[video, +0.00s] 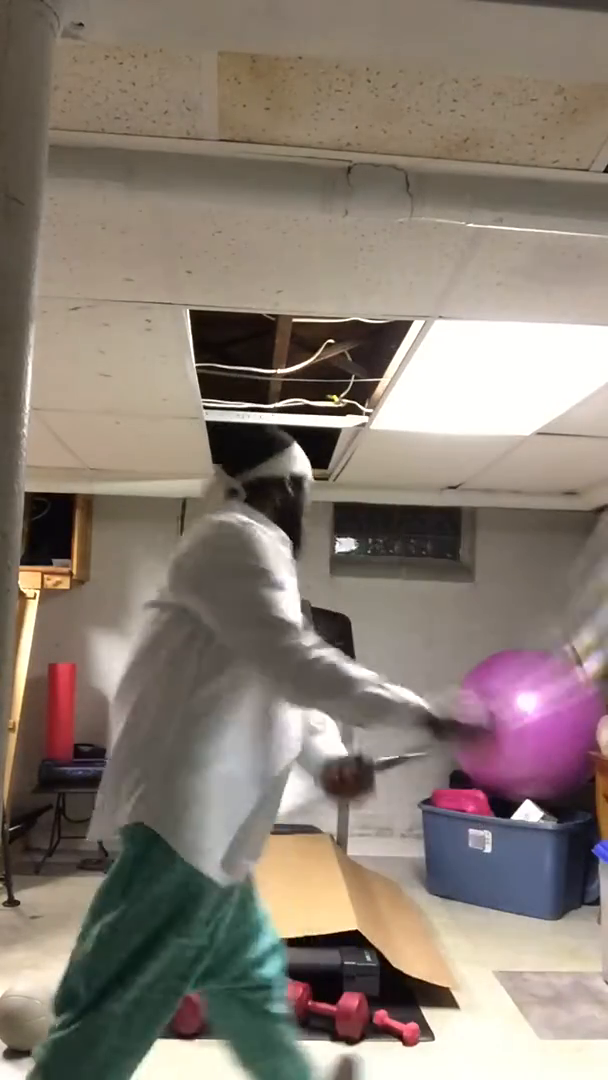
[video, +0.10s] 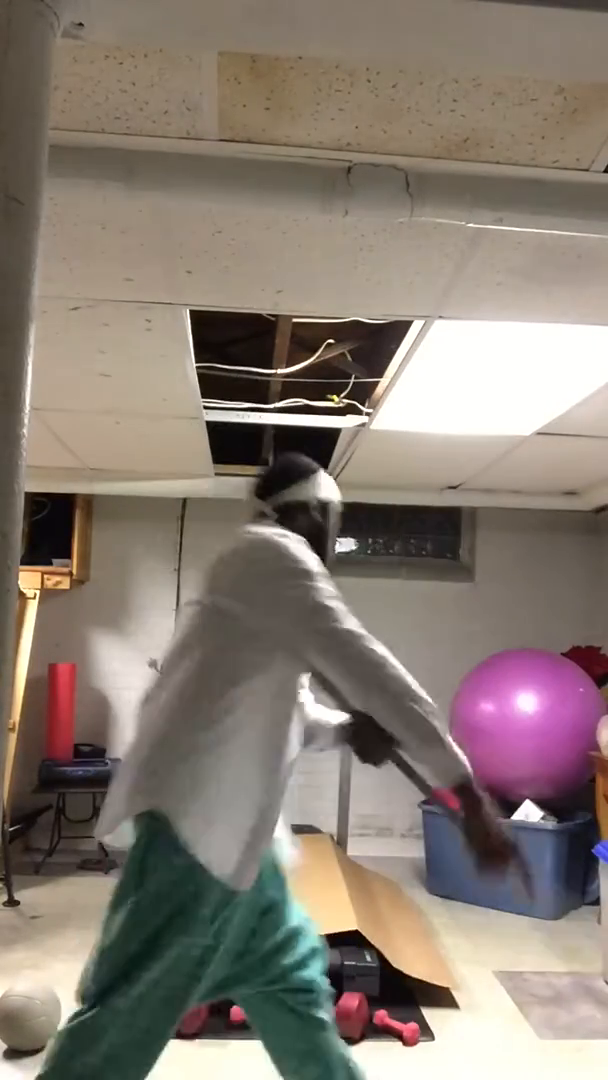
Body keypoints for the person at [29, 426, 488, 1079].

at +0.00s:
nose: (305, 505)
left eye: (305, 490)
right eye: (297, 488)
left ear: (251, 488)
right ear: (267, 486)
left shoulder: (258, 554)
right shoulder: (234, 539)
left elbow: (282, 690)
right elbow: (293, 658)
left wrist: (329, 759)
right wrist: (425, 716)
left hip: (216, 812)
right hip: (181, 805)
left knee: (248, 980)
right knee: (113, 1005)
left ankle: (295, 1075)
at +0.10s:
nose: (335, 535)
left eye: (336, 520)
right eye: (331, 517)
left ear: (276, 509)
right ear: (305, 510)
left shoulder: (261, 569)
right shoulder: (271, 554)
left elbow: (270, 717)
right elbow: (363, 665)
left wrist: (349, 731)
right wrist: (468, 792)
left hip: (228, 813)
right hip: (196, 805)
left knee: (288, 980)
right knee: (132, 1006)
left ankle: (331, 1073)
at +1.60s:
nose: (435, 496)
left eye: (448, 488)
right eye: (424, 486)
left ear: (466, 500)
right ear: (409, 498)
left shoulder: (479, 559)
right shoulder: (392, 564)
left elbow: (534, 610)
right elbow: (364, 662)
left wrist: (528, 625)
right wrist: (333, 739)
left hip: (453, 738)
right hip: (402, 736)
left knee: (452, 896)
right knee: (419, 892)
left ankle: (478, 1064)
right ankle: (462, 1043)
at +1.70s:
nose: (445, 499)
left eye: (456, 491)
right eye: (433, 489)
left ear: (468, 503)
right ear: (411, 500)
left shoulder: (484, 563)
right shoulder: (388, 570)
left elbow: (533, 599)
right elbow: (358, 665)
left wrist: (587, 629)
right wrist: (319, 735)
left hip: (458, 732)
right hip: (401, 729)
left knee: (454, 893)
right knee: (422, 891)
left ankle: (472, 1061)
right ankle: (460, 1043)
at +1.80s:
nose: (448, 503)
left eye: (459, 494)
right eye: (437, 493)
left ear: (471, 504)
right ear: (416, 503)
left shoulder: (493, 567)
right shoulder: (386, 571)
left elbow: (574, 612)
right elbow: (358, 664)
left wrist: (597, 641)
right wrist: (316, 737)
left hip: (465, 732)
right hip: (401, 730)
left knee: (458, 898)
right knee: (425, 896)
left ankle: (466, 1061)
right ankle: (457, 1042)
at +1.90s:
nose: (452, 507)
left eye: (461, 498)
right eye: (440, 497)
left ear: (473, 508)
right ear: (418, 507)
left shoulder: (499, 570)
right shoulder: (385, 574)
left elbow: (582, 613)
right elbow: (357, 663)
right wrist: (318, 738)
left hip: (467, 729)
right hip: (401, 728)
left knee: (462, 897)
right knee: (424, 895)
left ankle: (463, 1060)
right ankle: (455, 1039)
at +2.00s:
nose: (454, 509)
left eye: (464, 500)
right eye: (442, 499)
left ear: (475, 510)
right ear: (419, 510)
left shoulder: (500, 573)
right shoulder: (384, 576)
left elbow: (584, 615)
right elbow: (355, 665)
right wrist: (324, 741)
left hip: (468, 727)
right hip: (401, 728)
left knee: (463, 895)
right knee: (427, 892)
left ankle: (454, 1055)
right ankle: (462, 1034)